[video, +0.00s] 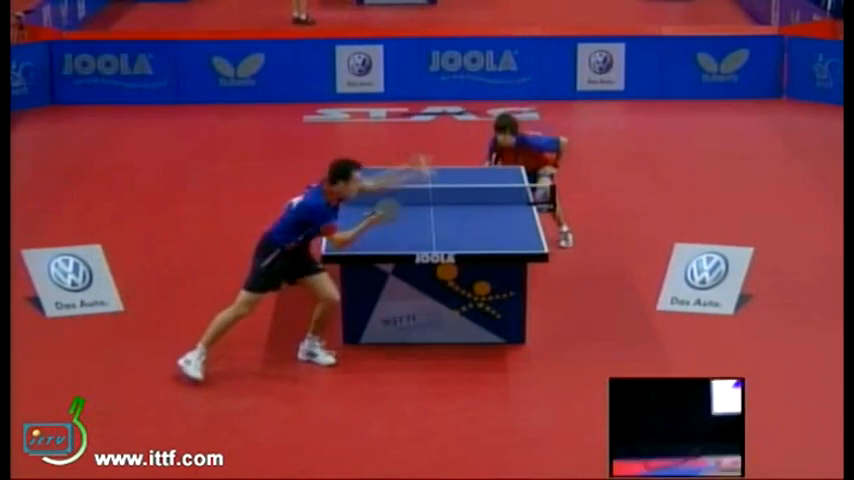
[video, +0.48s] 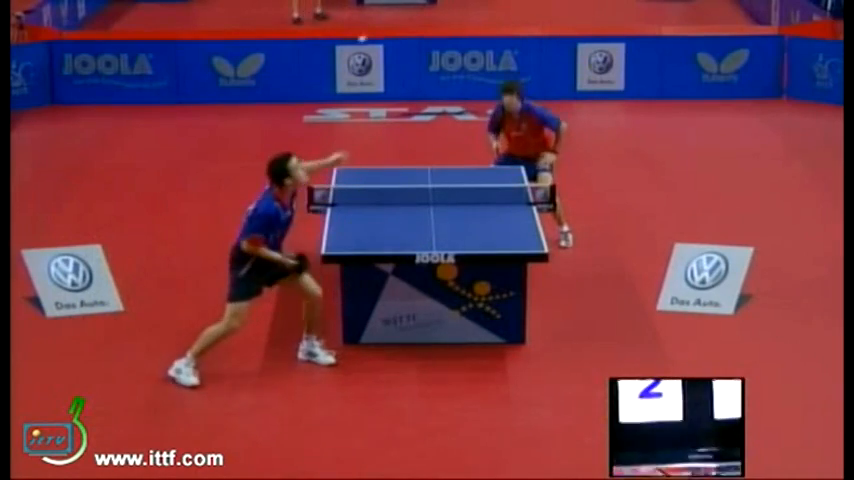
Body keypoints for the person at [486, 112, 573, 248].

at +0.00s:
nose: (501, 140)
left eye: (505, 136)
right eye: (499, 136)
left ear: (512, 134)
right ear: (496, 134)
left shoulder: (529, 142)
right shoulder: (497, 143)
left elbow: (561, 142)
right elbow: (492, 153)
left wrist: (555, 165)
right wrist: (491, 164)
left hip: (541, 170)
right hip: (518, 172)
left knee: (548, 198)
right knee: (514, 201)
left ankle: (563, 229)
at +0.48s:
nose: (509, 104)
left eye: (512, 100)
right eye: (506, 100)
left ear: (519, 100)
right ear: (502, 100)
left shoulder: (532, 112)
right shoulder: (501, 112)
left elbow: (561, 126)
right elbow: (492, 130)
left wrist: (554, 152)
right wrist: (494, 144)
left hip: (537, 157)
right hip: (512, 156)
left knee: (546, 192)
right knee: (493, 183)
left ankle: (563, 228)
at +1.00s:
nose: (495, 84)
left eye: (498, 80)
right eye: (492, 79)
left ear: (505, 81)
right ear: (487, 80)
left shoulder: (517, 98)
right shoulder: (483, 97)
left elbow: (536, 116)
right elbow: (466, 111)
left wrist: (534, 142)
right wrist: (463, 129)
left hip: (514, 156)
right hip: (486, 154)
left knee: (534, 192)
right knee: (469, 190)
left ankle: (558, 228)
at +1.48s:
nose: (494, 103)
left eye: (498, 99)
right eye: (491, 98)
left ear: (504, 100)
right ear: (487, 99)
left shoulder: (516, 116)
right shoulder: (480, 114)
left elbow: (541, 135)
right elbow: (454, 131)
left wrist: (540, 150)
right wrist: (457, 144)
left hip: (509, 167)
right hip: (483, 167)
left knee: (526, 199)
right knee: (476, 202)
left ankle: (537, 231)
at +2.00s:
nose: (505, 92)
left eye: (508, 88)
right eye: (502, 88)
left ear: (514, 89)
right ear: (497, 89)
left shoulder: (523, 108)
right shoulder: (490, 104)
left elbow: (543, 126)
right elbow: (471, 114)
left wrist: (545, 131)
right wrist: (457, 119)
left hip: (512, 157)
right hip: (487, 155)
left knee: (534, 185)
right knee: (472, 189)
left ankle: (538, 226)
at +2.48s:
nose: (461, 90)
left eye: (464, 86)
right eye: (458, 86)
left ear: (473, 86)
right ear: (455, 87)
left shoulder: (487, 100)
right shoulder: (456, 103)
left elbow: (515, 114)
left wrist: (523, 138)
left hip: (503, 156)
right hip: (476, 154)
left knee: (522, 190)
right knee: (448, 180)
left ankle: (551, 217)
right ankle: (443, 220)